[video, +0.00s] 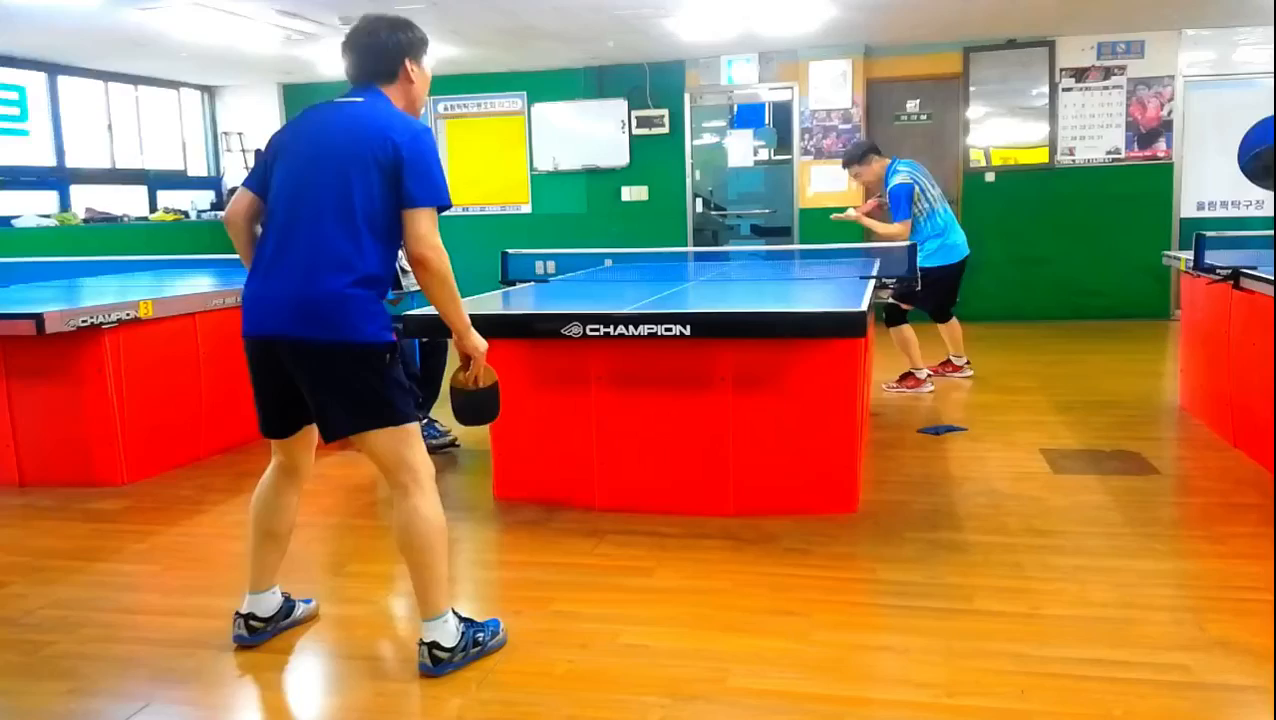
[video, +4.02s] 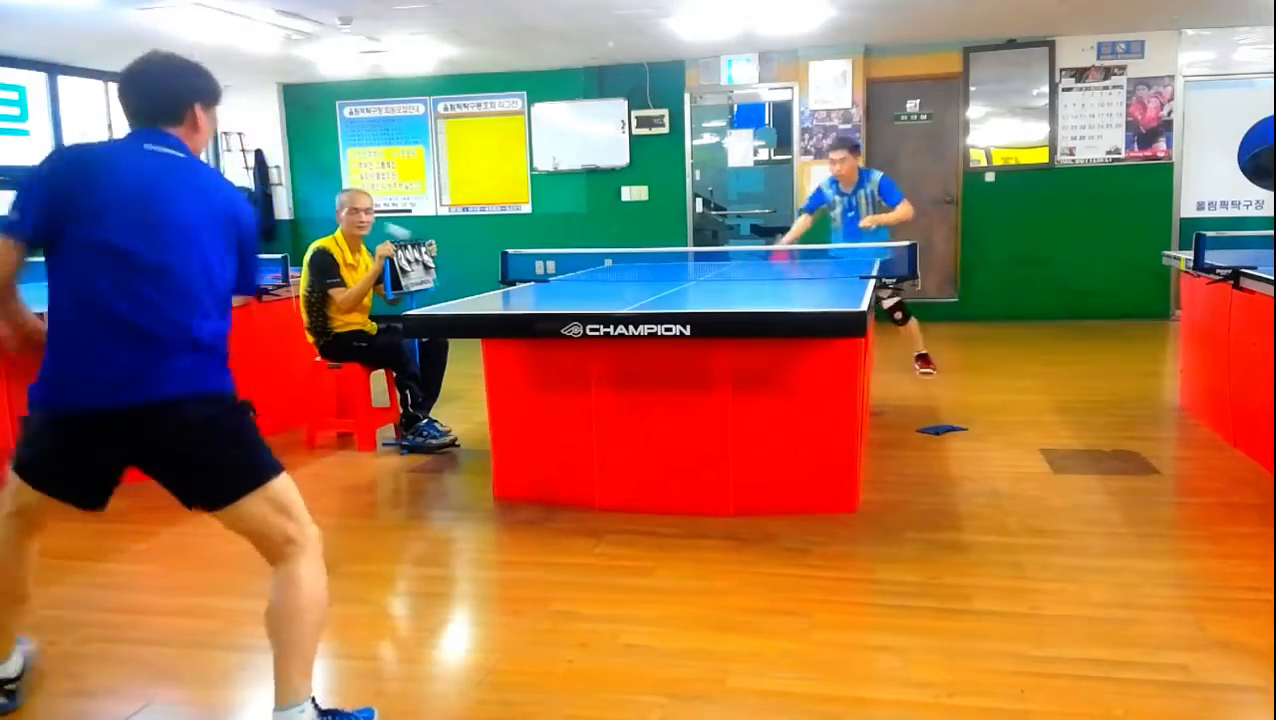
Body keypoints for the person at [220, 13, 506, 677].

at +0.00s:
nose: (429, 85)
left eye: (427, 73)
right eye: (426, 73)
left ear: (353, 72)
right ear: (407, 71)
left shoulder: (296, 128)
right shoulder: (405, 133)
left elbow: (238, 216)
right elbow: (422, 252)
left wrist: (274, 285)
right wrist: (464, 330)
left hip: (267, 323)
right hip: (345, 325)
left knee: (289, 460)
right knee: (410, 476)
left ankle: (258, 605)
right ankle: (442, 630)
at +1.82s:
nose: (322, 130)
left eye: (322, 120)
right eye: (321, 118)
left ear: (254, 115)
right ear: (304, 115)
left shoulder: (196, 170)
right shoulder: (320, 175)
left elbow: (144, 271)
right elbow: (376, 280)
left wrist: (189, 319)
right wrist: (389, 311)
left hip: (207, 364)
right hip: (287, 363)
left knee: (226, 478)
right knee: (386, 443)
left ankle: (162, 602)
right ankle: (403, 582)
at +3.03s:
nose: (286, 56)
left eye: (285, 41)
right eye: (284, 42)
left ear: (206, 38)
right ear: (265, 42)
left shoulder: (141, 98)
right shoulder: (293, 108)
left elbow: (73, 192)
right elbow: (378, 210)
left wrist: (115, 266)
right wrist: (361, 257)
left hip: (157, 345)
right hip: (258, 343)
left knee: (153, 483)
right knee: (330, 499)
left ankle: (115, 623)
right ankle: (359, 672)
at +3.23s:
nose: (258, 75)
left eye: (256, 63)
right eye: (257, 63)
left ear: (178, 65)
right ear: (240, 67)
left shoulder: (117, 127)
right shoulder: (276, 149)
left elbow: (59, 210)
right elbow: (353, 254)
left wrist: (41, 312)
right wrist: (363, 226)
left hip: (117, 364)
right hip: (222, 369)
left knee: (81, 510)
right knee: (318, 527)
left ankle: (26, 663)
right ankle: (349, 689)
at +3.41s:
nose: (234, 88)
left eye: (231, 74)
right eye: (231, 74)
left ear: (150, 82)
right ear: (209, 78)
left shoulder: (83, 150)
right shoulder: (238, 165)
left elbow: (18, 253)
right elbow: (269, 293)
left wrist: (58, 324)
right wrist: (305, 373)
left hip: (91, 378)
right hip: (190, 378)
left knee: (101, 513)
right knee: (310, 519)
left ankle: (28, 666)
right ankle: (348, 688)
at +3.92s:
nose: (252, 131)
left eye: (251, 118)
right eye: (250, 117)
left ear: (166, 112)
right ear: (228, 112)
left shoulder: (92, 181)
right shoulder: (239, 195)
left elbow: (42, 303)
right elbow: (273, 329)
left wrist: (107, 350)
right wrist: (319, 407)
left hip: (68, 407)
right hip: (170, 411)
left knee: (82, 512)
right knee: (308, 535)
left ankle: (19, 661)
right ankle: (295, 704)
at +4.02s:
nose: (213, 128)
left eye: (212, 116)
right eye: (212, 116)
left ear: (132, 113)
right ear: (196, 117)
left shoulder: (68, 166)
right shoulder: (227, 200)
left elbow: (3, 254)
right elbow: (231, 294)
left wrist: (15, 318)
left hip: (75, 400)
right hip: (188, 402)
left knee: (17, 519)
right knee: (295, 545)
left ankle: (4, 665)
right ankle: (296, 706)